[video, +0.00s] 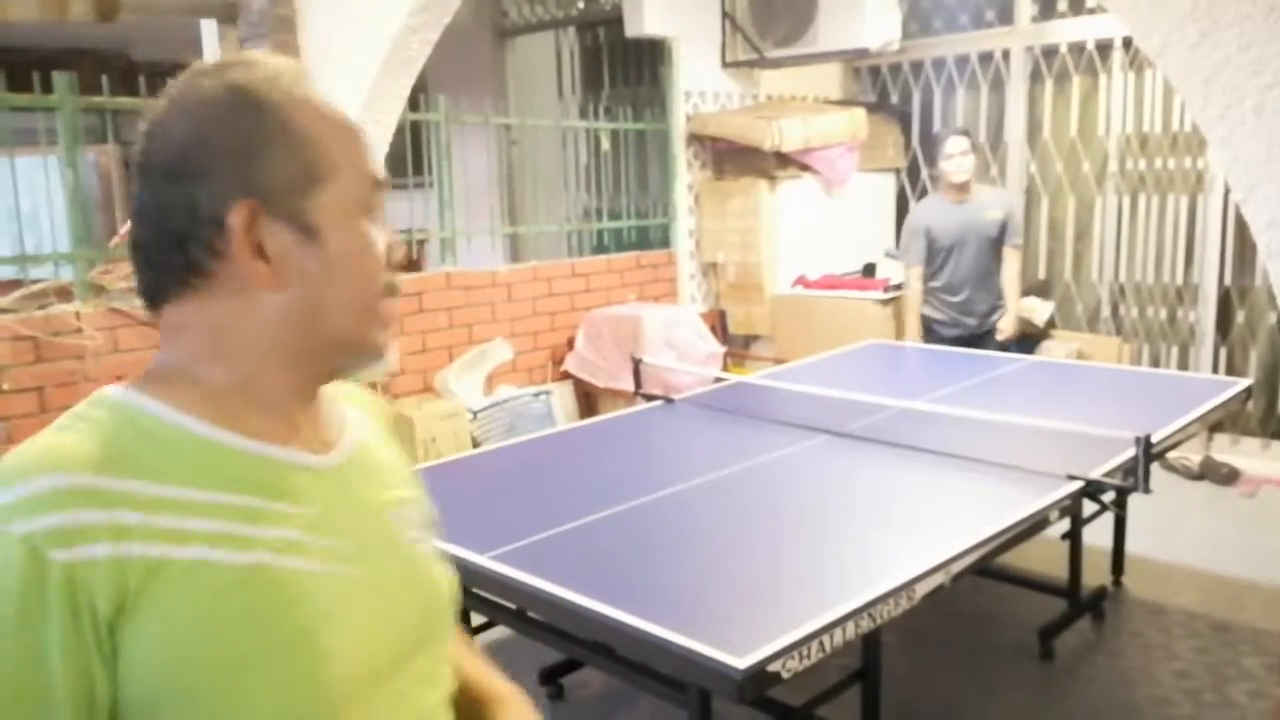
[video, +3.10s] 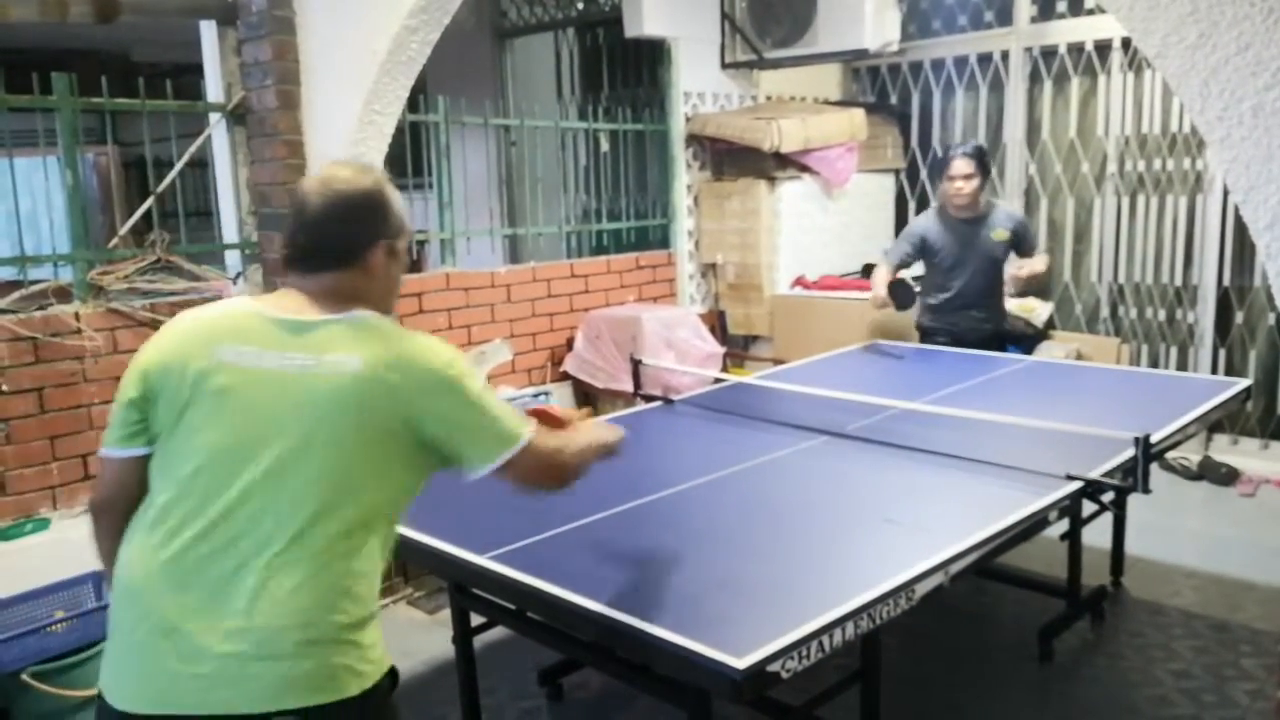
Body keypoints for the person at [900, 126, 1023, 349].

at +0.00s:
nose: (959, 163)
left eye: (965, 154)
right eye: (949, 157)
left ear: (975, 157)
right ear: (937, 165)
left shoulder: (1002, 204)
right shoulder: (921, 215)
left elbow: (1011, 260)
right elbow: (914, 280)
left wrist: (1011, 312)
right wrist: (912, 336)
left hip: (990, 328)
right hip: (941, 330)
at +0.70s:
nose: (995, 165)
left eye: (1003, 158)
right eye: (987, 159)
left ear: (1015, 165)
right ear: (975, 168)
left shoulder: (1032, 211)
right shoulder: (955, 213)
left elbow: (1041, 267)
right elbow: (942, 270)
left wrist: (1042, 321)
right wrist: (943, 326)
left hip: (1016, 326)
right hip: (968, 326)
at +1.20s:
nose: (1014, 164)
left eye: (1023, 156)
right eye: (1006, 156)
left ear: (1036, 162)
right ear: (995, 163)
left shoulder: (1051, 211)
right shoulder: (973, 208)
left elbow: (1058, 266)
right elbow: (952, 260)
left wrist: (1064, 319)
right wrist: (973, 298)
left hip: (1028, 323)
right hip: (984, 321)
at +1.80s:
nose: (1002, 168)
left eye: (1011, 160)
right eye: (995, 160)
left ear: (1027, 165)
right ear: (985, 164)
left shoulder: (1046, 212)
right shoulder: (963, 211)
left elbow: (1055, 261)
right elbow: (939, 257)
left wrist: (1035, 293)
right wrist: (947, 282)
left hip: (1021, 313)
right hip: (974, 310)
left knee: (1016, 382)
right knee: (977, 379)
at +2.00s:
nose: (981, 178)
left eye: (990, 170)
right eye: (973, 172)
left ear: (1006, 173)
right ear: (965, 176)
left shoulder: (1026, 216)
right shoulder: (946, 220)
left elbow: (1046, 262)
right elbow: (917, 265)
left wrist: (1028, 290)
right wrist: (918, 288)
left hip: (1009, 318)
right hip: (961, 319)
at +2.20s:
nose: (958, 196)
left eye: (967, 187)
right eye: (951, 188)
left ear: (981, 190)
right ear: (941, 192)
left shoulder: (1003, 233)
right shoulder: (922, 238)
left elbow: (1026, 273)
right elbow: (889, 278)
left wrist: (1017, 306)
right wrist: (888, 305)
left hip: (991, 348)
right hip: (939, 349)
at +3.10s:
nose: (959, 187)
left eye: (968, 178)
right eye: (951, 179)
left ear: (983, 180)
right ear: (940, 183)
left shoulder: (1008, 221)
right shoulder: (925, 225)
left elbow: (1038, 258)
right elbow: (888, 264)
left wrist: (1029, 270)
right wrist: (880, 290)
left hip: (988, 335)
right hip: (939, 336)